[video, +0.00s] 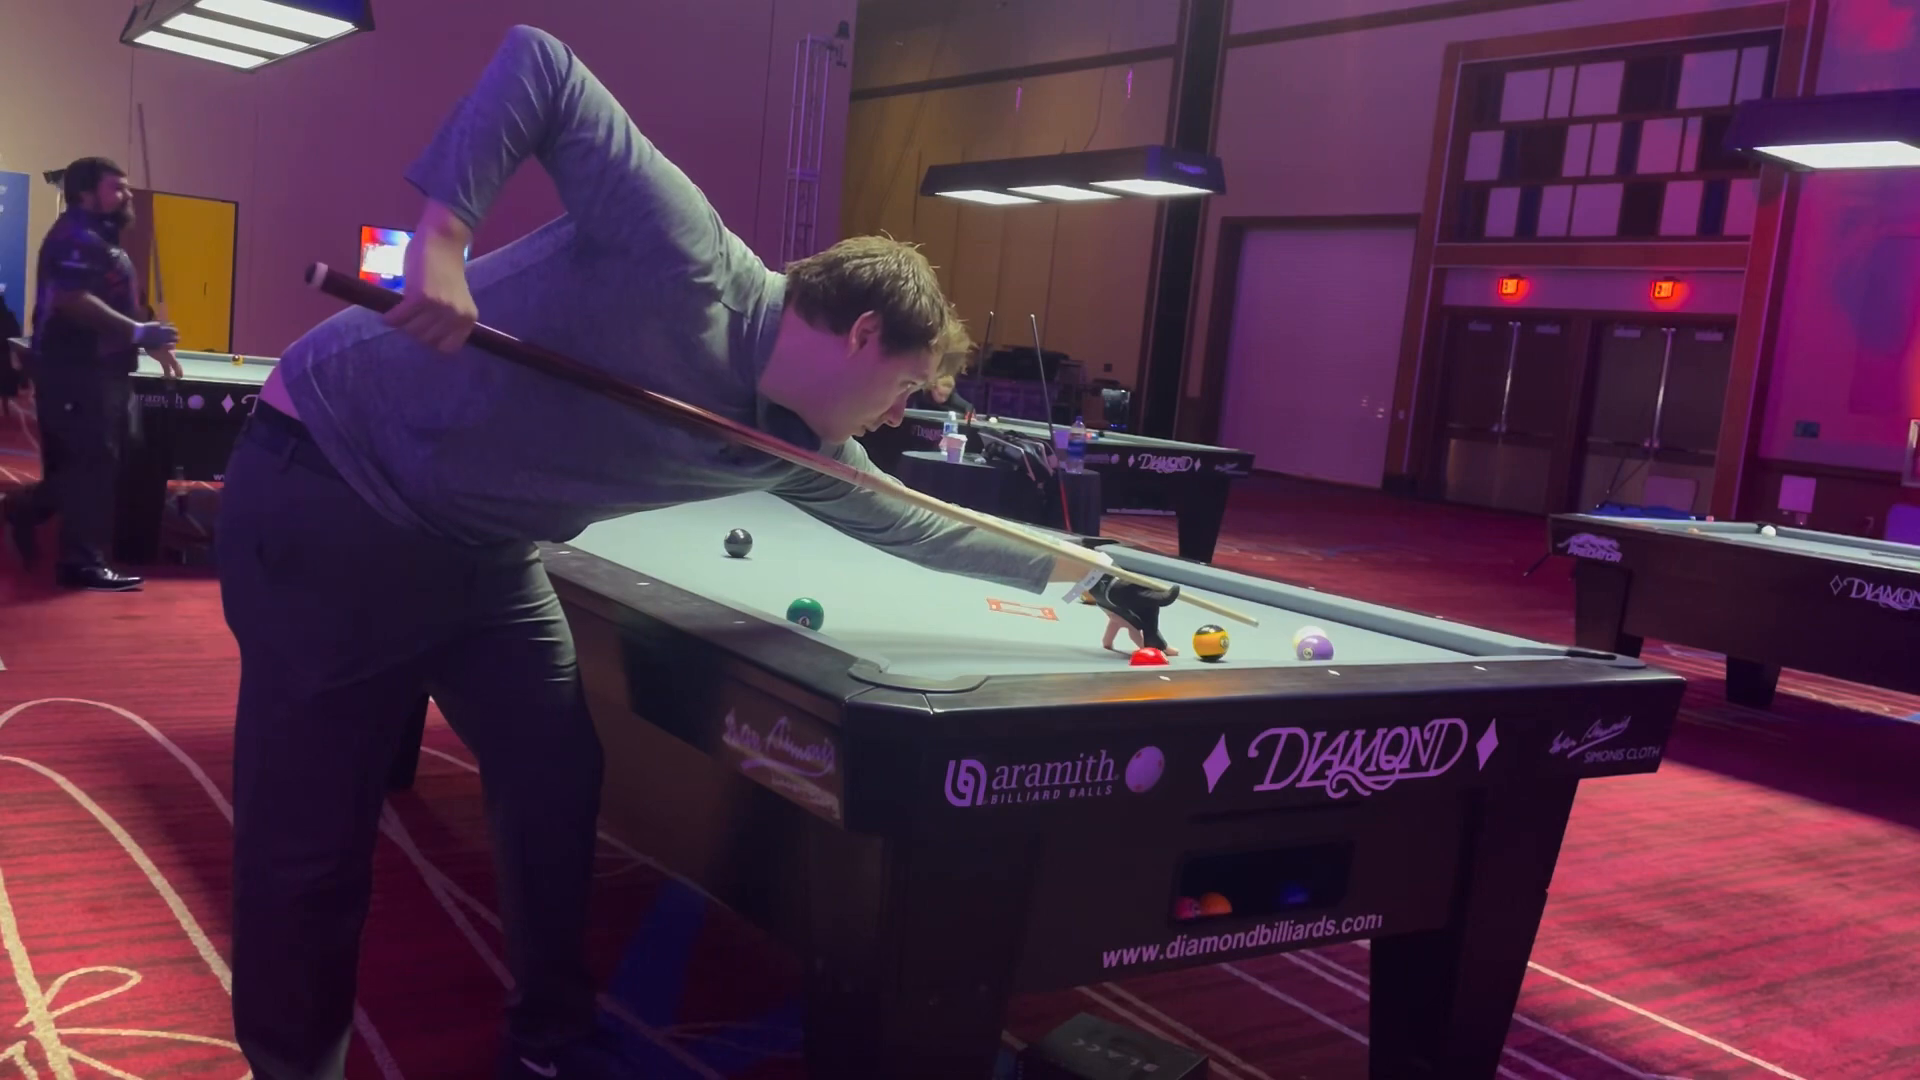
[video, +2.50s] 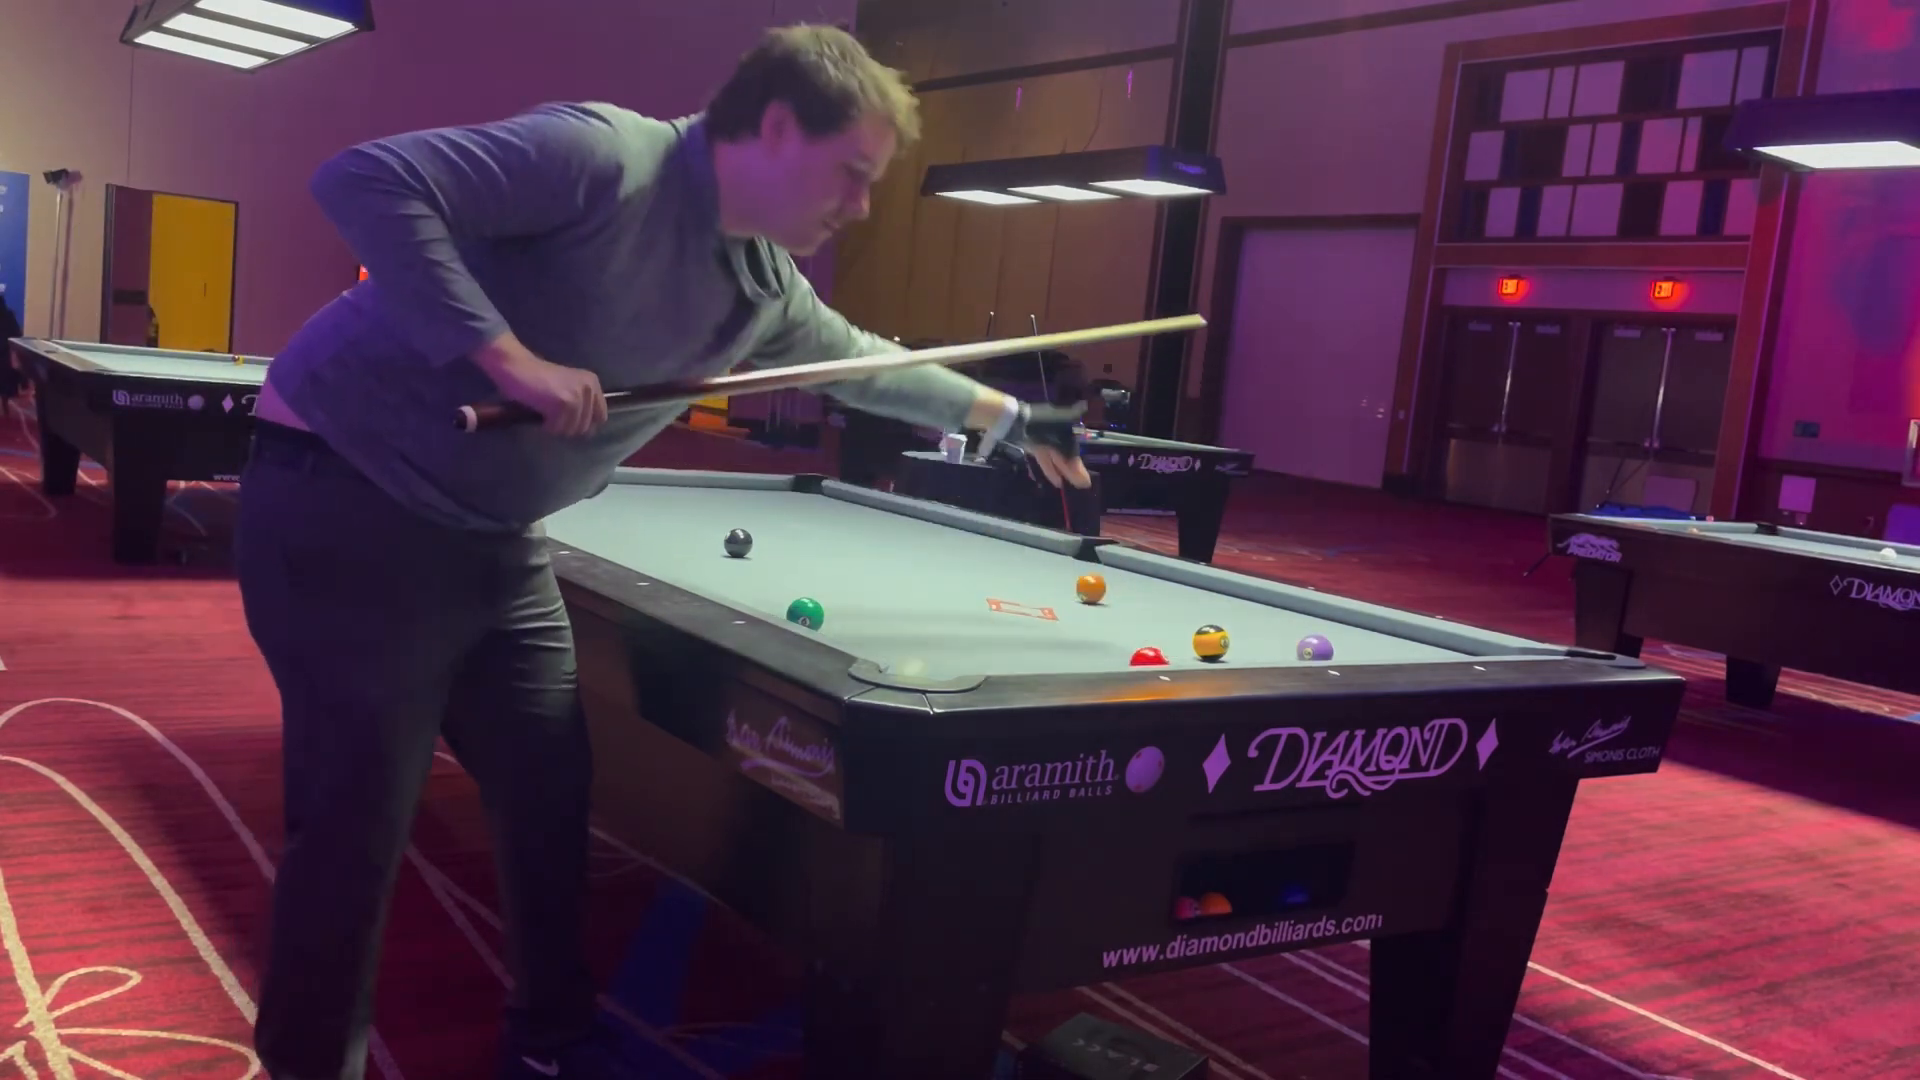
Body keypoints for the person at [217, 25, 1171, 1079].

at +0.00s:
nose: (892, 423)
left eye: (909, 405)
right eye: (903, 393)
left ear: (852, 344)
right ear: (857, 334)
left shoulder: (787, 436)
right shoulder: (678, 241)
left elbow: (912, 525)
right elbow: (535, 68)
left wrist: (1068, 561)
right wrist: (437, 239)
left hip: (482, 532)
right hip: (329, 478)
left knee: (553, 761)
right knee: (310, 827)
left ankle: (547, 1031)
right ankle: (293, 1056)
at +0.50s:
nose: (893, 428)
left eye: (910, 410)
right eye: (903, 398)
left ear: (853, 350)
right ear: (856, 340)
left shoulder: (785, 441)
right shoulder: (684, 251)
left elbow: (913, 527)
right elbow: (542, 69)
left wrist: (1061, 563)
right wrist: (479, 252)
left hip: (483, 530)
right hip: (329, 473)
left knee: (553, 763)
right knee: (313, 819)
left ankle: (548, 1032)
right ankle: (292, 1055)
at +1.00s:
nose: (891, 430)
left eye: (909, 412)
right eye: (903, 400)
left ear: (853, 349)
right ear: (857, 340)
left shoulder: (784, 439)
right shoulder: (685, 250)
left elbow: (909, 525)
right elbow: (541, 70)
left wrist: (1062, 563)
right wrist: (481, 256)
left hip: (484, 530)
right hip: (333, 473)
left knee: (552, 764)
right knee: (313, 818)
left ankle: (548, 1032)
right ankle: (294, 1056)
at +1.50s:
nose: (891, 431)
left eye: (909, 411)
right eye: (903, 400)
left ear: (853, 347)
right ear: (860, 340)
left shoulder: (783, 437)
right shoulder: (682, 252)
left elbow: (911, 526)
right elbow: (536, 71)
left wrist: (1067, 563)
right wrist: (414, 229)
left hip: (485, 536)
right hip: (331, 478)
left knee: (553, 763)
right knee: (311, 826)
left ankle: (547, 1033)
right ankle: (294, 1056)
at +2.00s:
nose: (901, 418)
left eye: (915, 400)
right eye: (911, 389)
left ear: (856, 338)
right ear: (865, 327)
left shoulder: (783, 432)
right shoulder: (688, 264)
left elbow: (911, 525)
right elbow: (488, 129)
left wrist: (1066, 563)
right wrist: (530, 335)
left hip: (484, 530)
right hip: (335, 479)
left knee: (556, 766)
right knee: (315, 814)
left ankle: (549, 1029)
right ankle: (293, 1052)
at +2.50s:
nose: (860, 208)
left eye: (871, 186)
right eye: (850, 173)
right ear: (767, 126)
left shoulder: (762, 290)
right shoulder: (600, 159)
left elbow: (869, 367)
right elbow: (368, 180)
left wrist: (1010, 417)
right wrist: (497, 350)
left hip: (493, 526)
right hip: (346, 493)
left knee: (547, 771)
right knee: (352, 827)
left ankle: (550, 1037)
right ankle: (305, 1061)